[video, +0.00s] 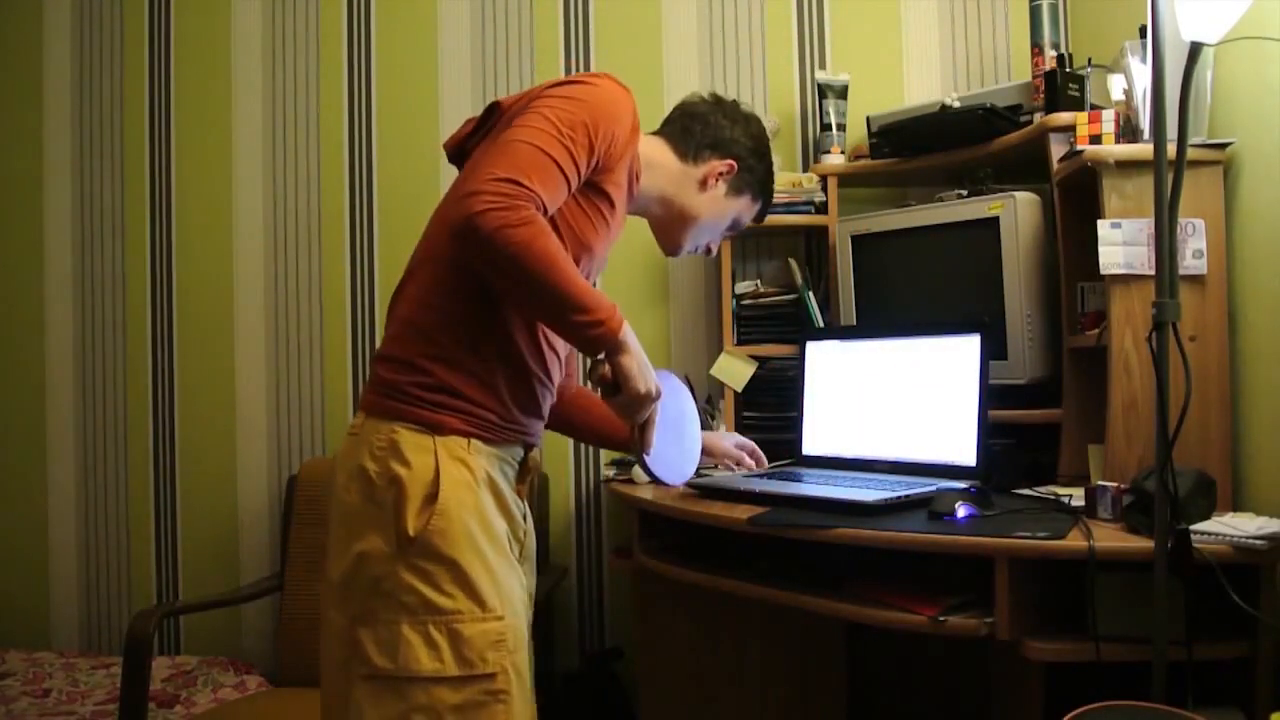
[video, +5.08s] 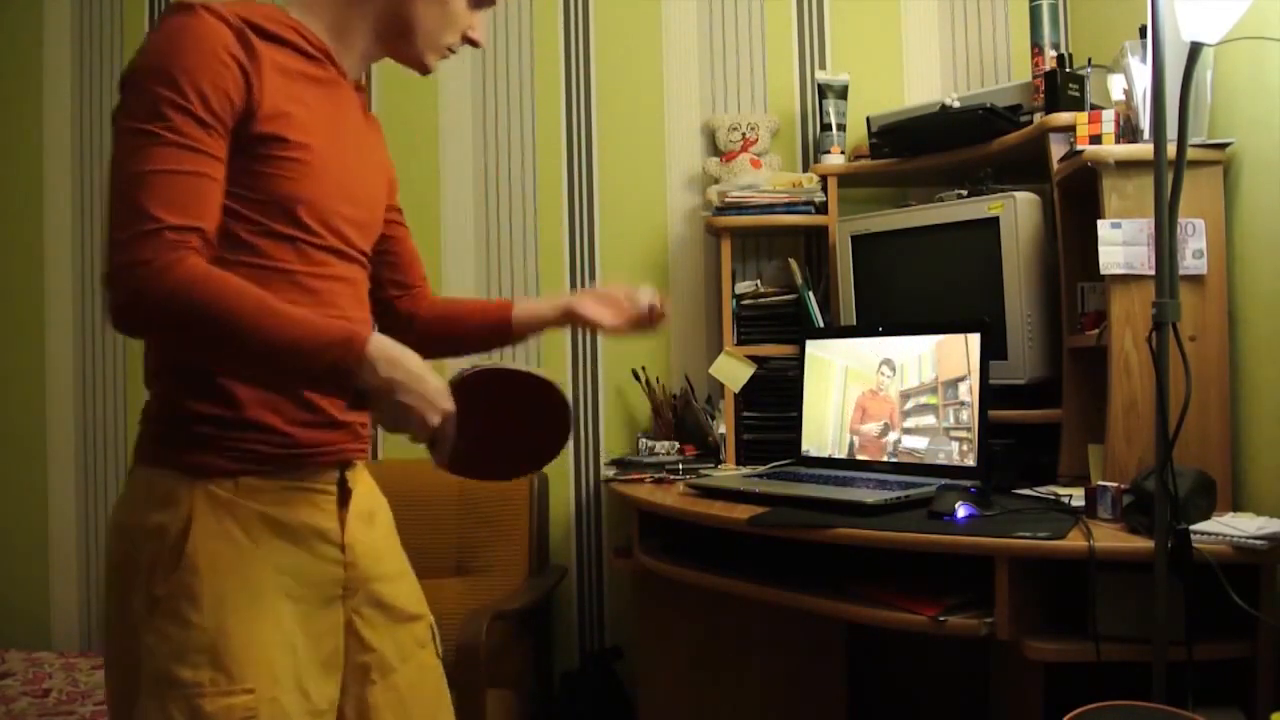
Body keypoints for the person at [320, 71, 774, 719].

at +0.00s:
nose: (715, 245)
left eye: (729, 234)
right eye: (731, 225)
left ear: (711, 176)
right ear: (717, 175)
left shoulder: (594, 210)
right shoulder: (604, 103)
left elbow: (547, 389)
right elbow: (491, 206)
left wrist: (684, 439)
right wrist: (616, 338)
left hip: (484, 478)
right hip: (430, 471)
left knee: (494, 698)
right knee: (466, 704)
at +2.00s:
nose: (713, 194)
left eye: (728, 177)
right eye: (728, 166)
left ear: (691, 118)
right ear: (695, 120)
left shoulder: (575, 182)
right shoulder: (555, 90)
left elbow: (463, 351)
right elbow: (450, 219)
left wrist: (564, 440)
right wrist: (597, 328)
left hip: (483, 477)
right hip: (417, 478)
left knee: (510, 706)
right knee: (460, 708)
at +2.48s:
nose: (639, 108)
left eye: (654, 89)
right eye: (652, 76)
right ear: (615, 26)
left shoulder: (502, 94)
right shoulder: (470, 59)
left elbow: (428, 304)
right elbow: (417, 258)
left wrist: (521, 423)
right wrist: (581, 331)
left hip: (479, 491)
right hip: (419, 498)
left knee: (519, 706)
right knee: (440, 707)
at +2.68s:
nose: (599, 72)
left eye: (612, 51)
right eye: (608, 39)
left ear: (554, 7)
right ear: (560, 0)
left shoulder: (458, 75)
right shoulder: (423, 55)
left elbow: (430, 309)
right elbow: (379, 279)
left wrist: (564, 353)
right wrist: (543, 391)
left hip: (469, 498)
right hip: (410, 509)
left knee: (528, 711)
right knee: (443, 710)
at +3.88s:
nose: (564, 35)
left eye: (574, 13)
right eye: (568, 5)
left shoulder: (416, 69)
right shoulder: (336, 47)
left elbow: (416, 297)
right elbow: (296, 286)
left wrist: (578, 329)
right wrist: (490, 380)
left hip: (445, 497)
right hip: (362, 508)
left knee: (508, 710)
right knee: (388, 710)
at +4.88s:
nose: (535, 58)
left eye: (546, 35)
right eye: (539, 24)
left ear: (477, 6)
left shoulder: (407, 119)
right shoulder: (283, 54)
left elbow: (441, 319)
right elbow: (252, 280)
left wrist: (580, 403)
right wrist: (443, 360)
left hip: (394, 504)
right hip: (274, 510)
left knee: (456, 710)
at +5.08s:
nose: (478, 33)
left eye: (486, 12)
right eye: (477, 2)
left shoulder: (355, 110)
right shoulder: (208, 39)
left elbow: (406, 315)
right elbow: (147, 278)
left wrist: (561, 307)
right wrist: (365, 358)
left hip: (349, 513)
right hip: (217, 517)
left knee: (413, 708)